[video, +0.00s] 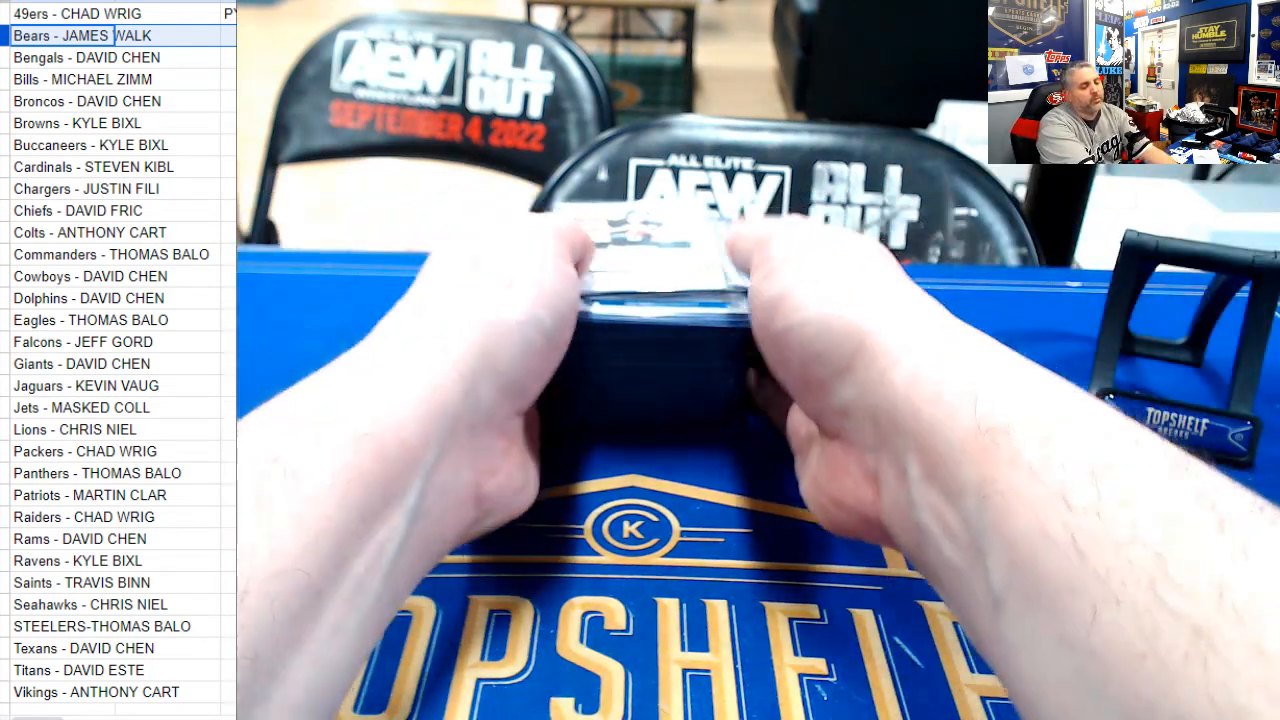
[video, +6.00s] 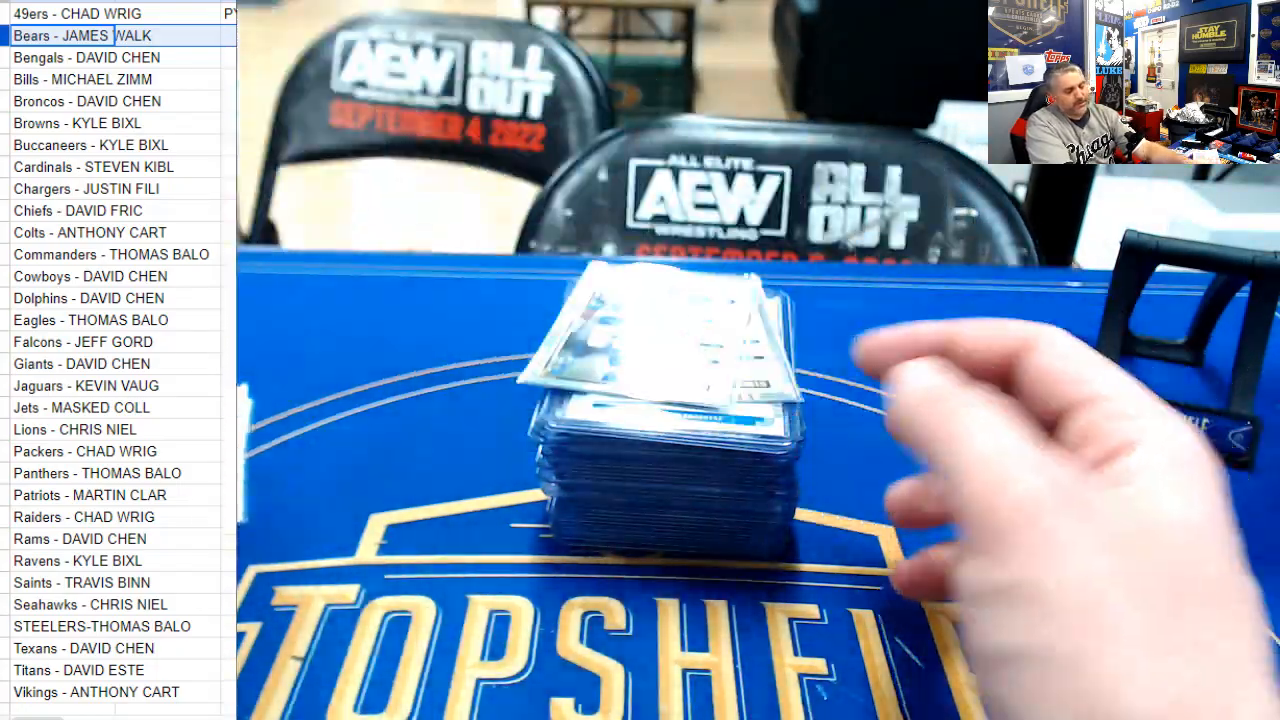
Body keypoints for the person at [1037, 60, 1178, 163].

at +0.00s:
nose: (1095, 90)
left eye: (1097, 82)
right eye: (1085, 86)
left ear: (1102, 84)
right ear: (1067, 95)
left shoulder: (1115, 114)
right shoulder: (1054, 125)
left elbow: (1148, 151)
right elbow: (1088, 174)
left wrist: (1183, 172)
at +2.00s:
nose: (1074, 89)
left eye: (1079, 81)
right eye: (1065, 84)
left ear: (1090, 86)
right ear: (1056, 92)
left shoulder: (1107, 114)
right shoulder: (1044, 122)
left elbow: (1145, 148)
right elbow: (1063, 174)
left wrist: (1172, 174)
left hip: (1113, 187)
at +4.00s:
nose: (1081, 92)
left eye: (1083, 84)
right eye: (1070, 88)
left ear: (1089, 84)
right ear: (1055, 96)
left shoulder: (1106, 114)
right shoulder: (1042, 123)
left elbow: (1143, 149)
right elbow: (1061, 177)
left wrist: (1173, 157)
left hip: (1112, 188)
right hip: (1070, 197)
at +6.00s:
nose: (1080, 95)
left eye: (1082, 86)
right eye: (1069, 91)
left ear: (1087, 85)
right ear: (1052, 99)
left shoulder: (1103, 114)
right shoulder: (1041, 124)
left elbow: (1147, 149)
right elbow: (1060, 177)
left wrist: (1189, 163)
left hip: (1110, 187)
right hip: (1070, 198)